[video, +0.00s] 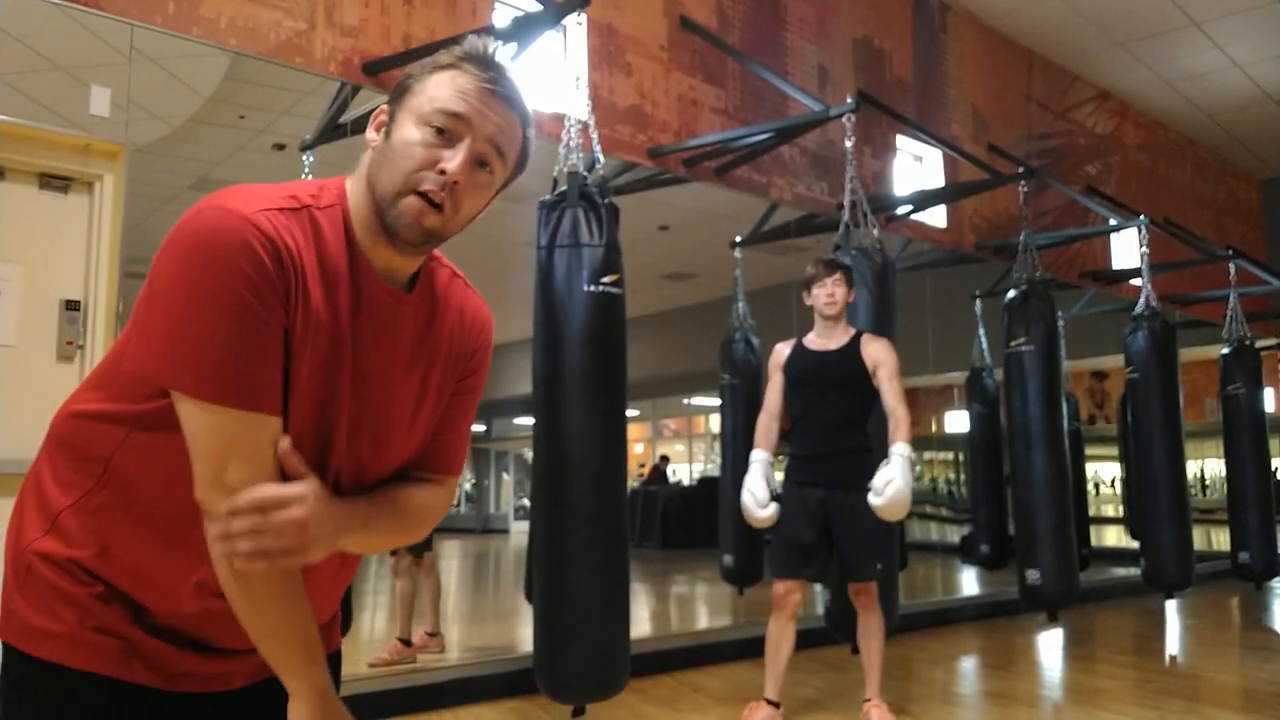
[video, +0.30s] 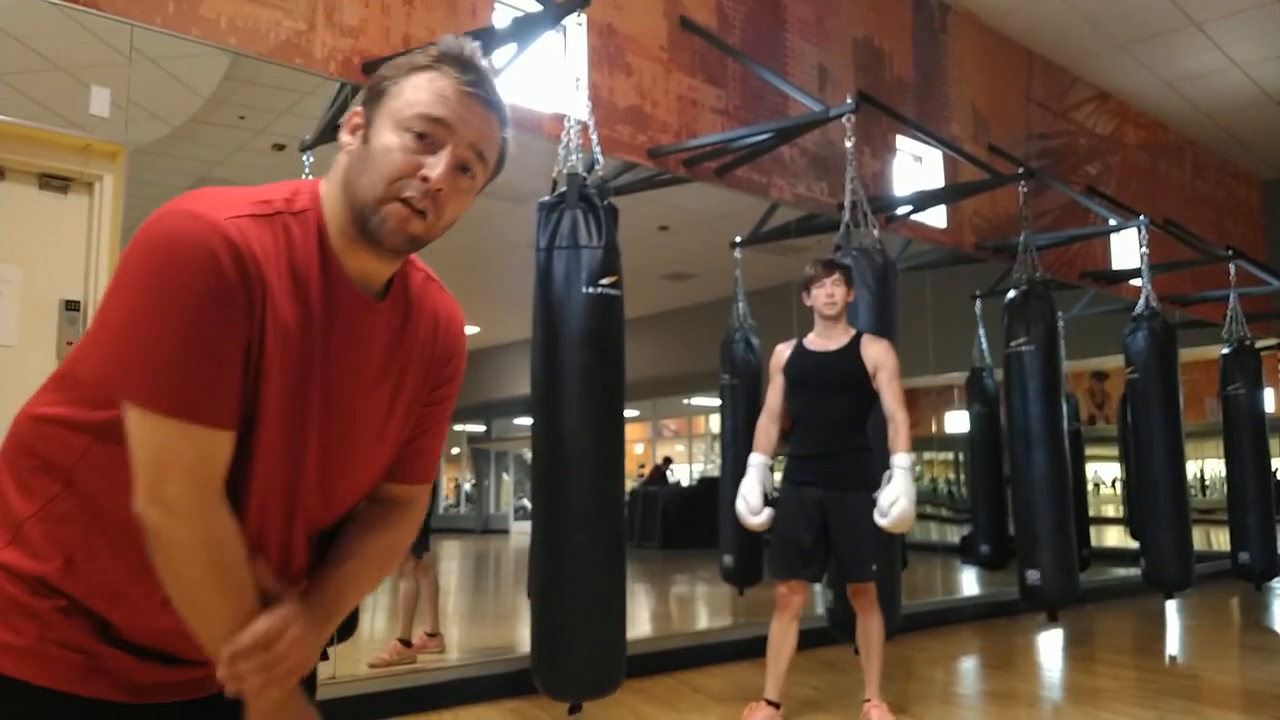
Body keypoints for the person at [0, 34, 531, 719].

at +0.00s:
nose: (453, 169)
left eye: (484, 164)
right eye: (442, 131)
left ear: (489, 200)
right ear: (380, 123)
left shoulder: (464, 326)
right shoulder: (238, 237)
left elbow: (431, 493)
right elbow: (237, 510)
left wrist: (338, 522)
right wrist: (313, 692)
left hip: (281, 644)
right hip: (94, 624)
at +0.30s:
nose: (435, 177)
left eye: (466, 169)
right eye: (423, 138)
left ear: (473, 198)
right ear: (355, 126)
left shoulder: (435, 330)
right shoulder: (208, 243)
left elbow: (398, 501)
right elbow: (175, 500)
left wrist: (319, 614)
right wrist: (273, 694)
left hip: (221, 665)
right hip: (54, 641)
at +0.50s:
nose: (398, 180)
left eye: (429, 168)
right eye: (381, 139)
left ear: (438, 197)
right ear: (313, 127)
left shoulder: (403, 327)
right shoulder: (157, 247)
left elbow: (366, 512)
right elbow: (99, 515)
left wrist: (285, 650)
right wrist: (215, 694)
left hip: (219, 679)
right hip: (46, 668)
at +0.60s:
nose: (371, 165)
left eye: (405, 152)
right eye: (355, 124)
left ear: (417, 182)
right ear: (287, 111)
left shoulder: (388, 316)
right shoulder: (129, 238)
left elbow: (350, 503)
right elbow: (64, 509)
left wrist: (268, 646)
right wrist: (189, 690)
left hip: (231, 685)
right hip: (50, 678)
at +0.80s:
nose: (328, 130)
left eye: (362, 118)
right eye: (309, 88)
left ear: (377, 150)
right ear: (241, 84)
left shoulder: (367, 295)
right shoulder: (82, 220)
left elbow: (332, 485)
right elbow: (24, 486)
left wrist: (244, 640)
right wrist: (154, 672)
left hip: (223, 686)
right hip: (43, 680)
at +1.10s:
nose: (308, 113)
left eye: (341, 99)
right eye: (286, 73)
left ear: (358, 133)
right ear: (220, 72)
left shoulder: (359, 274)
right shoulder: (69, 210)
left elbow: (323, 466)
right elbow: (25, 480)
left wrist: (228, 627)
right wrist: (148, 682)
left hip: (235, 677)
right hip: (47, 674)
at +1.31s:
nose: (317, 111)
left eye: (351, 98)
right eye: (296, 73)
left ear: (368, 133)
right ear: (234, 75)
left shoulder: (365, 276)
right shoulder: (92, 207)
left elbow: (336, 463)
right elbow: (35, 468)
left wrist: (246, 619)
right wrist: (165, 667)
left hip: (238, 673)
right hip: (53, 668)